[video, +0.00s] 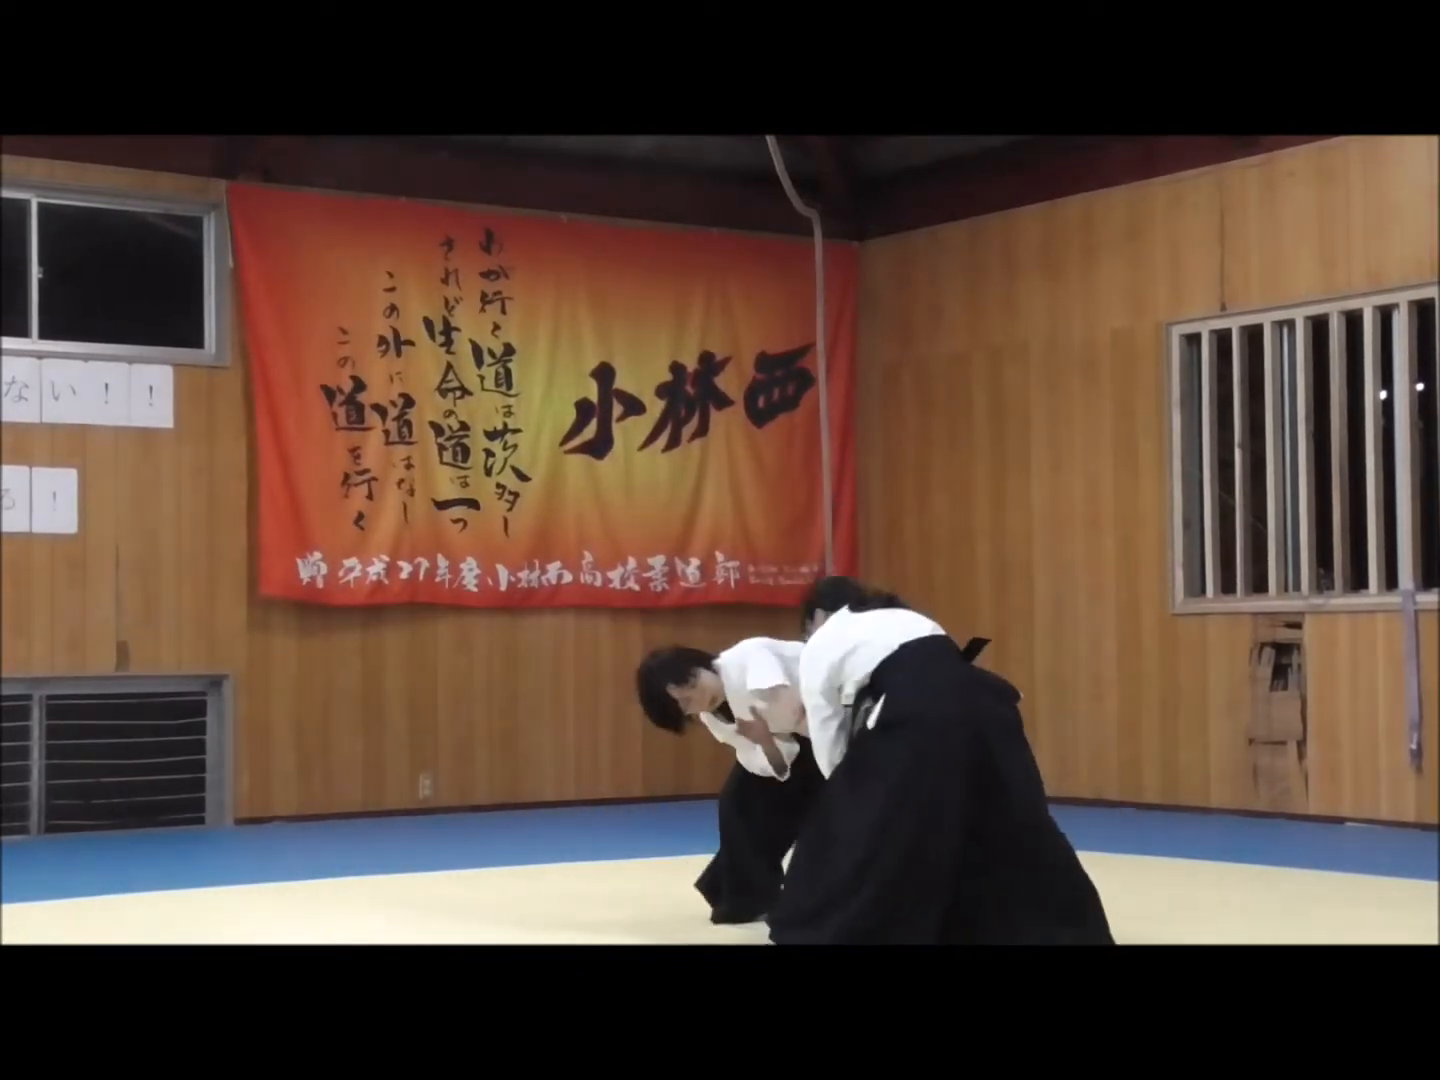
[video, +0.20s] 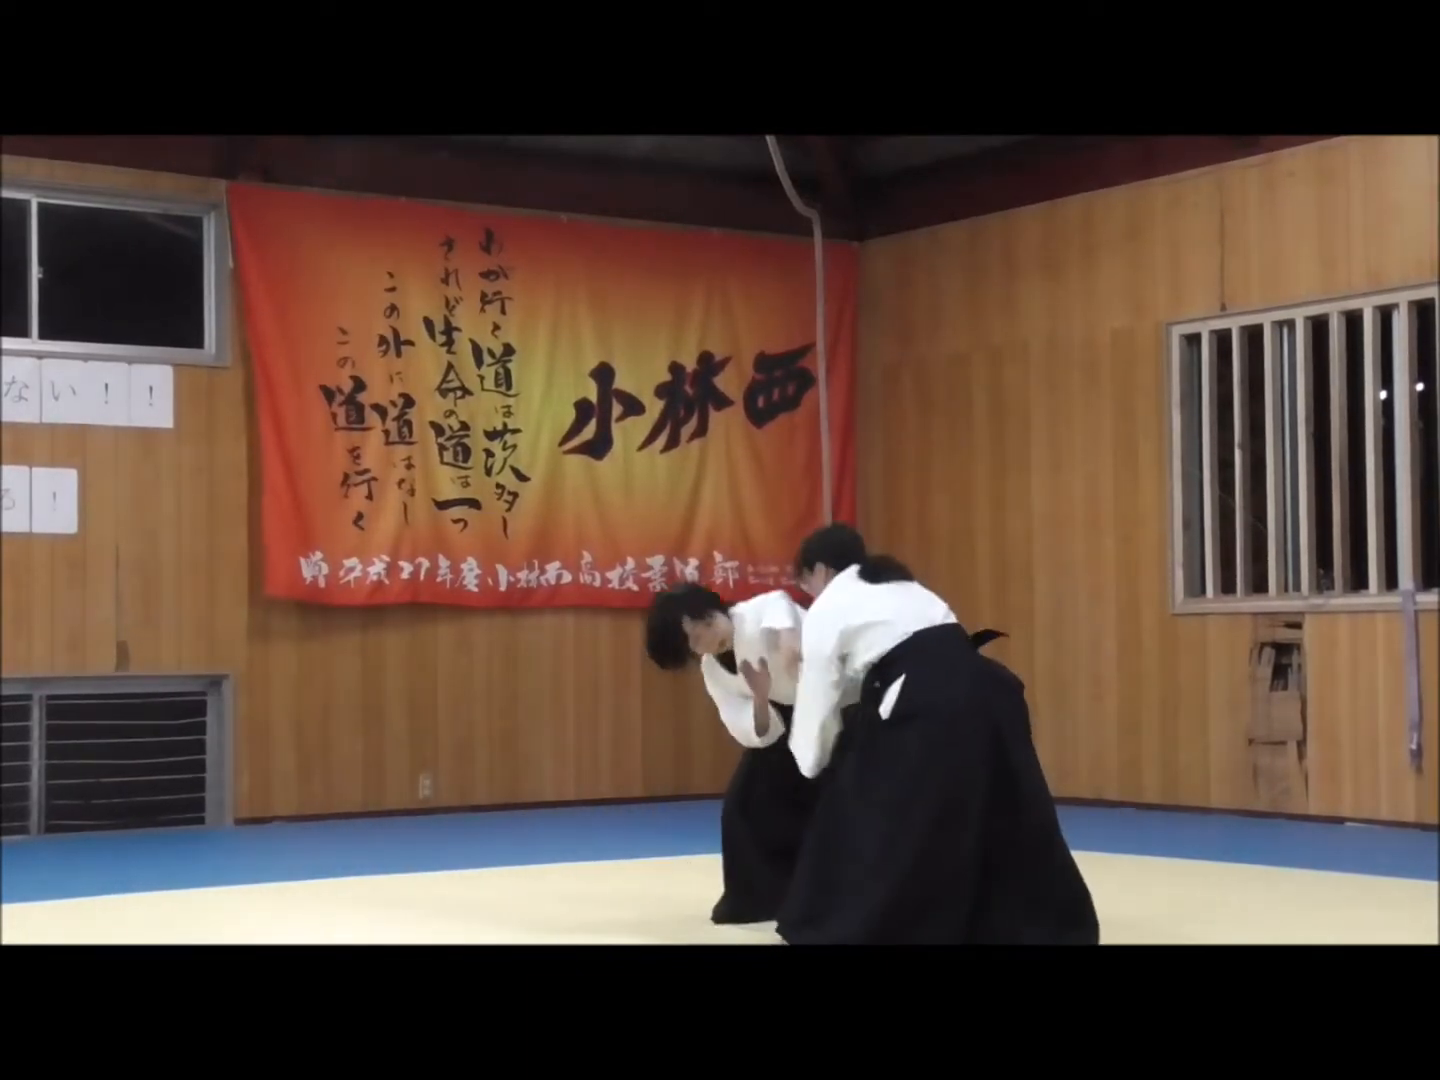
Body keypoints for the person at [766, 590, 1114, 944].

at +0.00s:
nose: (807, 638)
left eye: (808, 628)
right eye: (808, 630)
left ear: (822, 616)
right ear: (863, 606)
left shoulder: (819, 648)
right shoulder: (907, 618)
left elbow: (830, 752)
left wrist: (850, 796)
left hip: (915, 723)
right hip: (990, 712)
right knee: (1021, 832)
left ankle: (808, 926)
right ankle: (1072, 927)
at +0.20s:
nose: (806, 593)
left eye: (805, 582)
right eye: (803, 584)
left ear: (821, 571)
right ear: (858, 559)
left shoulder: (825, 610)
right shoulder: (902, 584)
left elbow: (810, 752)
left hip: (922, 707)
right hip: (993, 693)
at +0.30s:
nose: (802, 565)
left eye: (803, 554)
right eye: (801, 554)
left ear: (821, 547)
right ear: (858, 539)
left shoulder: (824, 591)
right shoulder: (900, 567)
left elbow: (778, 720)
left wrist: (764, 671)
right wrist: (809, 638)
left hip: (916, 696)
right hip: (985, 681)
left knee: (880, 818)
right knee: (997, 814)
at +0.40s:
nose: (802, 534)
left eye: (804, 523)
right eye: (801, 523)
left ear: (821, 519)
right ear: (857, 512)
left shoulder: (819, 570)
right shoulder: (897, 543)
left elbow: (775, 664)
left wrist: (757, 636)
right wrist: (795, 614)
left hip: (903, 684)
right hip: (968, 671)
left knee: (860, 805)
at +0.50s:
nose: (800, 509)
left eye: (803, 499)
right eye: (798, 501)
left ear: (821, 500)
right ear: (857, 493)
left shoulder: (814, 554)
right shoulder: (895, 532)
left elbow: (762, 636)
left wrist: (749, 602)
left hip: (884, 683)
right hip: (950, 670)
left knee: (847, 800)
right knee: (955, 800)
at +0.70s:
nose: (778, 494)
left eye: (781, 486)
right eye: (778, 486)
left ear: (796, 491)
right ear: (836, 482)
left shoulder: (788, 545)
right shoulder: (871, 528)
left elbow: (714, 591)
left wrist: (727, 539)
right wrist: (766, 534)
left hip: (841, 688)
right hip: (908, 676)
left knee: (804, 813)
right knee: (961, 797)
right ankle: (1006, 921)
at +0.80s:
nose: (749, 482)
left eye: (752, 474)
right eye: (750, 474)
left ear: (769, 481)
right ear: (812, 473)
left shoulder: (765, 536)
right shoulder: (844, 516)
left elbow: (702, 563)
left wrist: (712, 508)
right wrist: (743, 504)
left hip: (807, 680)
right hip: (875, 669)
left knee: (786, 801)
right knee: (922, 783)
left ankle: (781, 923)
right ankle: (983, 894)